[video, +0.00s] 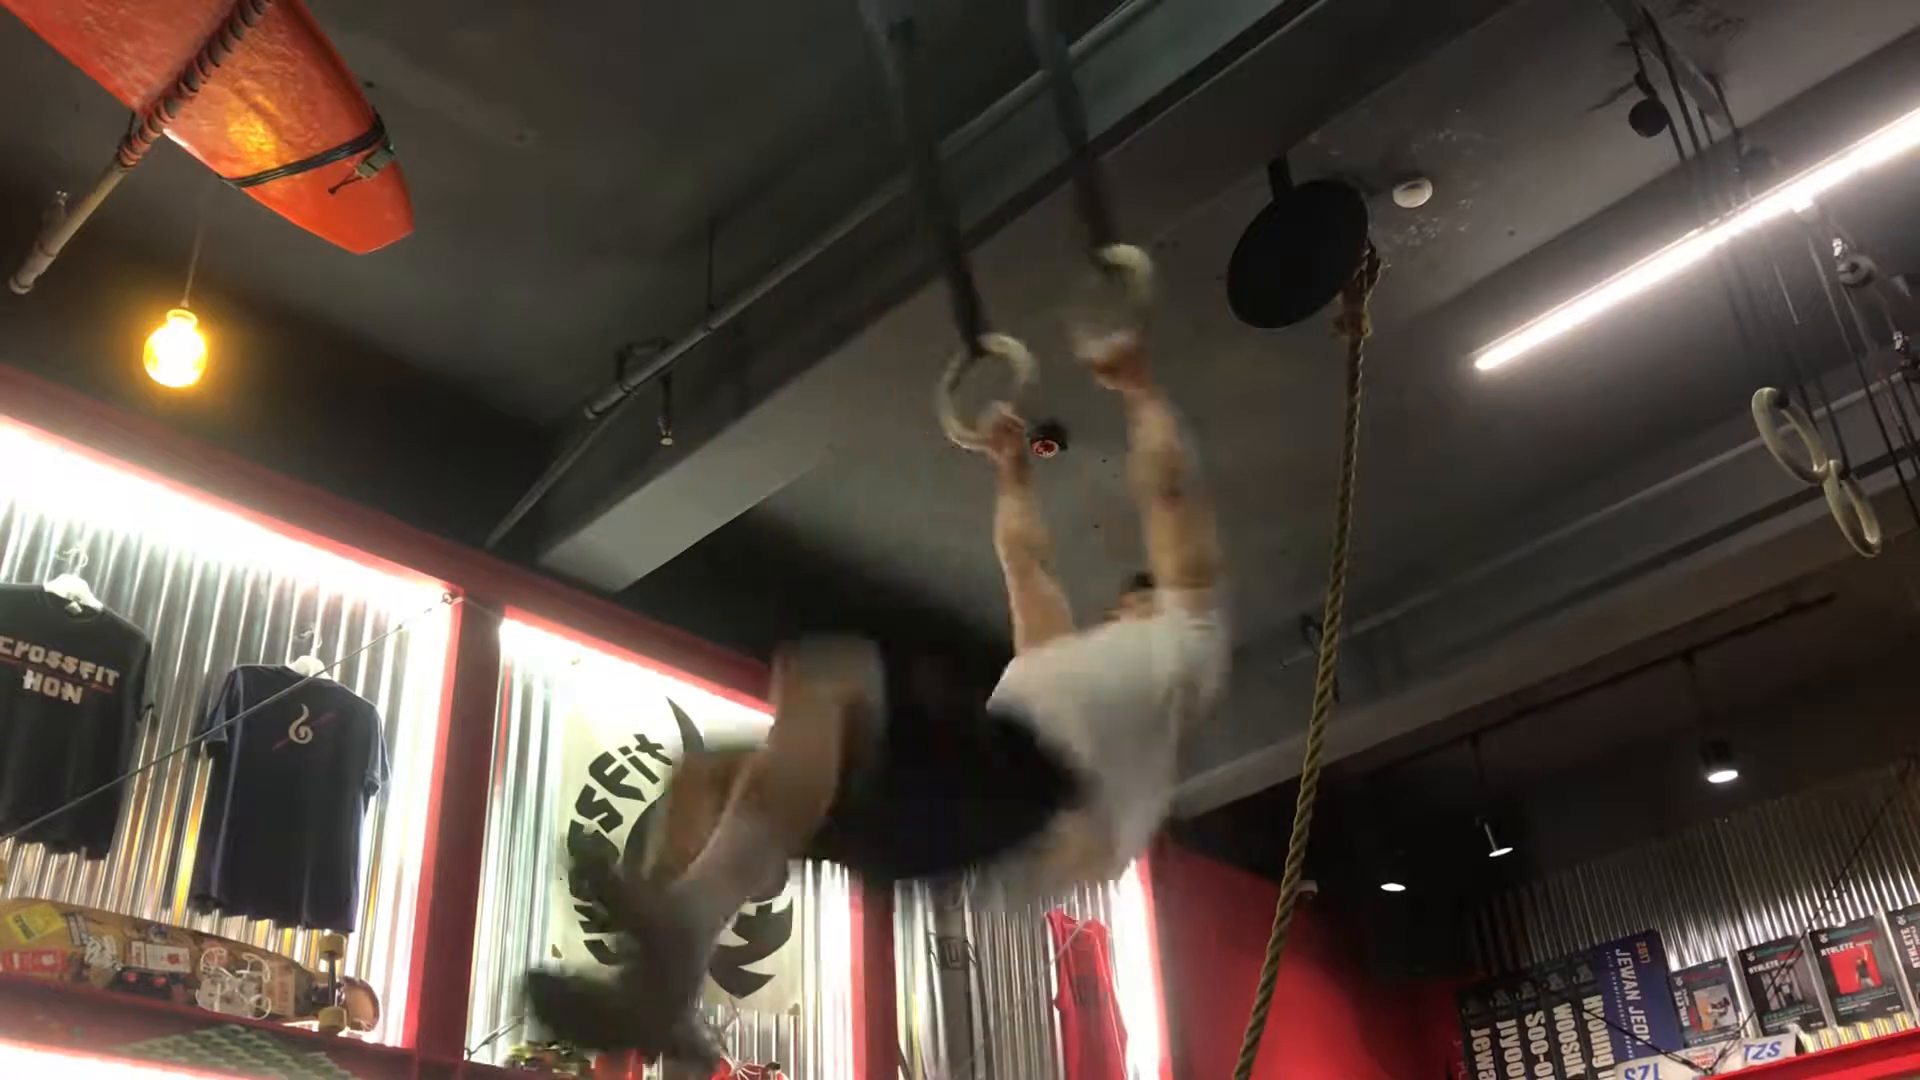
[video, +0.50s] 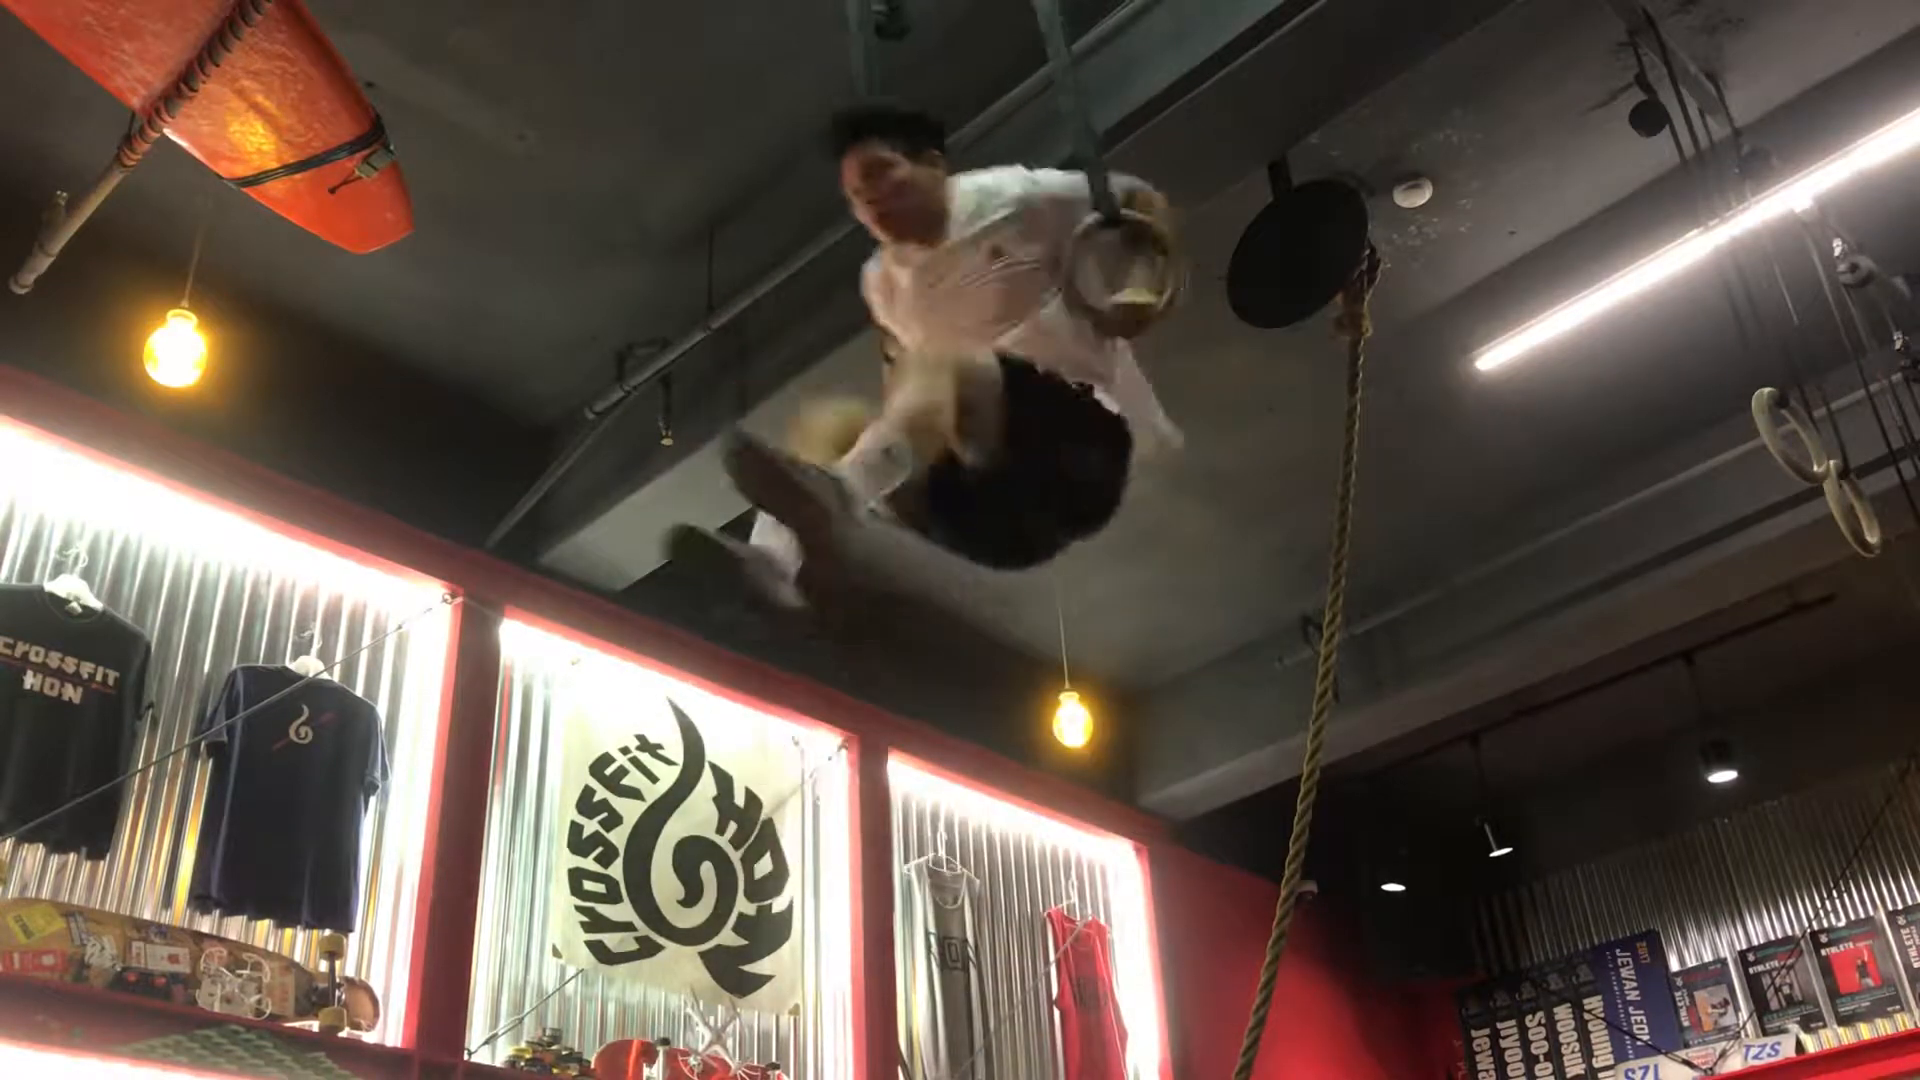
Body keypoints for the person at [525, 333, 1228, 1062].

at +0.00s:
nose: (1125, 604)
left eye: (1144, 598)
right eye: (1127, 600)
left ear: (1175, 610)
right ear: (1116, 620)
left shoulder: (1187, 648)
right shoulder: (1066, 677)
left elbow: (1173, 489)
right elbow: (1030, 573)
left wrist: (1135, 383)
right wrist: (1012, 468)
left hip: (1006, 786)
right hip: (929, 825)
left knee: (830, 667)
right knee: (704, 779)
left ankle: (689, 921)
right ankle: (661, 994)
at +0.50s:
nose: (872, 203)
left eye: (883, 177)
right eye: (856, 197)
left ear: (934, 162)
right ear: (854, 214)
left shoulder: (1018, 200)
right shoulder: (881, 283)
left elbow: (1138, 201)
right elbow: (910, 367)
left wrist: (1149, 290)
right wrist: (902, 432)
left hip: (1087, 459)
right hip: (993, 503)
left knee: (939, 375)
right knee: (826, 431)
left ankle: (850, 490)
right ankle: (772, 571)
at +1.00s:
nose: (751, 29)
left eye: (770, 8)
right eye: (747, 16)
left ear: (829, 15)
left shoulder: (910, 67)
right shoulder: (773, 176)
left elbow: (1038, 120)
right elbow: (824, 270)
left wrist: (1020, 209)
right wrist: (824, 342)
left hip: (1031, 286)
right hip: (928, 338)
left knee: (960, 347)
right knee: (872, 377)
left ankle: (1117, 479)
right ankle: (1027, 517)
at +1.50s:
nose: (924, 154)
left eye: (938, 131)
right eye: (911, 141)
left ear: (990, 129)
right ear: (905, 157)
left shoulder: (1054, 185)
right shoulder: (923, 257)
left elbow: (1173, 269)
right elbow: (928, 359)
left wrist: (1090, 258)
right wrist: (854, 360)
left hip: (1044, 430)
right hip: (957, 478)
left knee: (912, 349)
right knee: (811, 373)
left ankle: (756, 423)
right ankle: (684, 509)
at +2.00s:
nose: (913, 519)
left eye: (933, 508)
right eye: (903, 509)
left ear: (974, 526)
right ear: (892, 534)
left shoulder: (1014, 583)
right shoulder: (885, 622)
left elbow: (1007, 418)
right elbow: (868, 492)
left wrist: (996, 312)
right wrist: (874, 382)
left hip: (1004, 921)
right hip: (903, 937)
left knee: (994, 1063)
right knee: (862, 1065)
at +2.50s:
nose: (769, 425)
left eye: (796, 415)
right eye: (770, 415)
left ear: (832, 443)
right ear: (763, 447)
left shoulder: (857, 510)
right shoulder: (736, 538)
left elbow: (853, 316)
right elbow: (714, 413)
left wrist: (857, 212)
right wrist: (721, 316)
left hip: (938, 861)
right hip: (835, 908)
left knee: (1197, 1033)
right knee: (936, 1059)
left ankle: (1165, 804)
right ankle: (1051, 882)